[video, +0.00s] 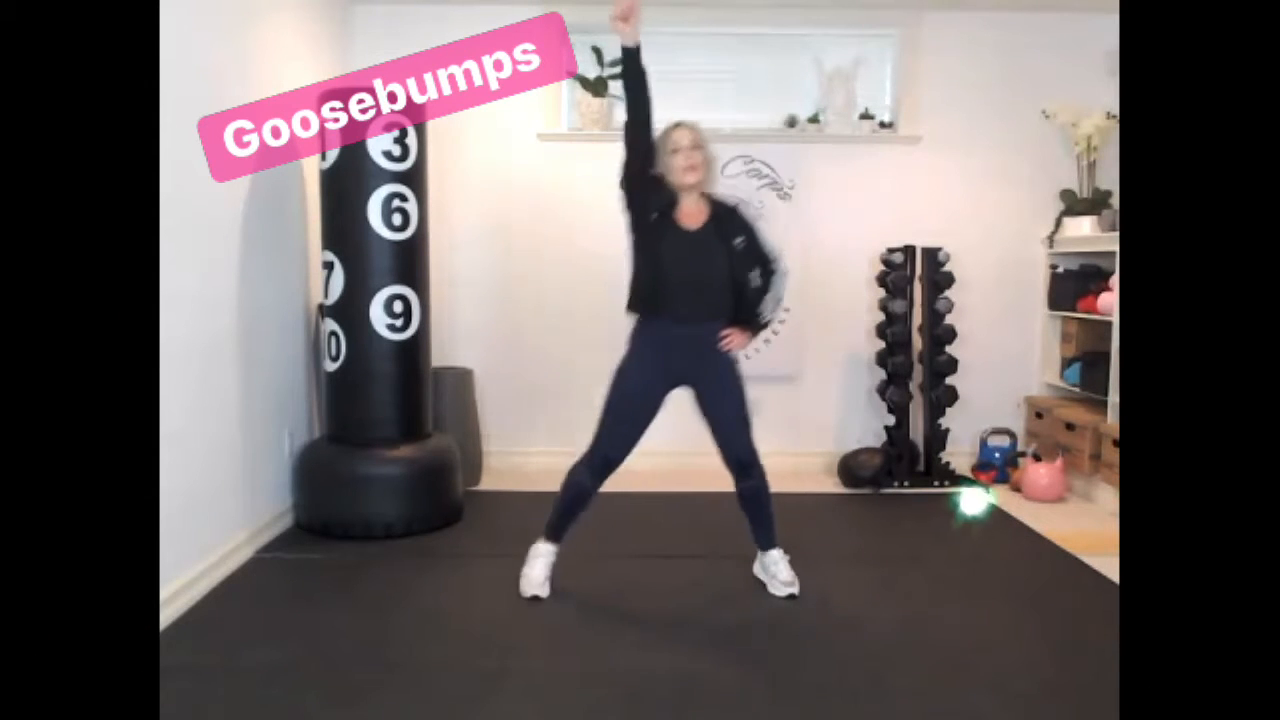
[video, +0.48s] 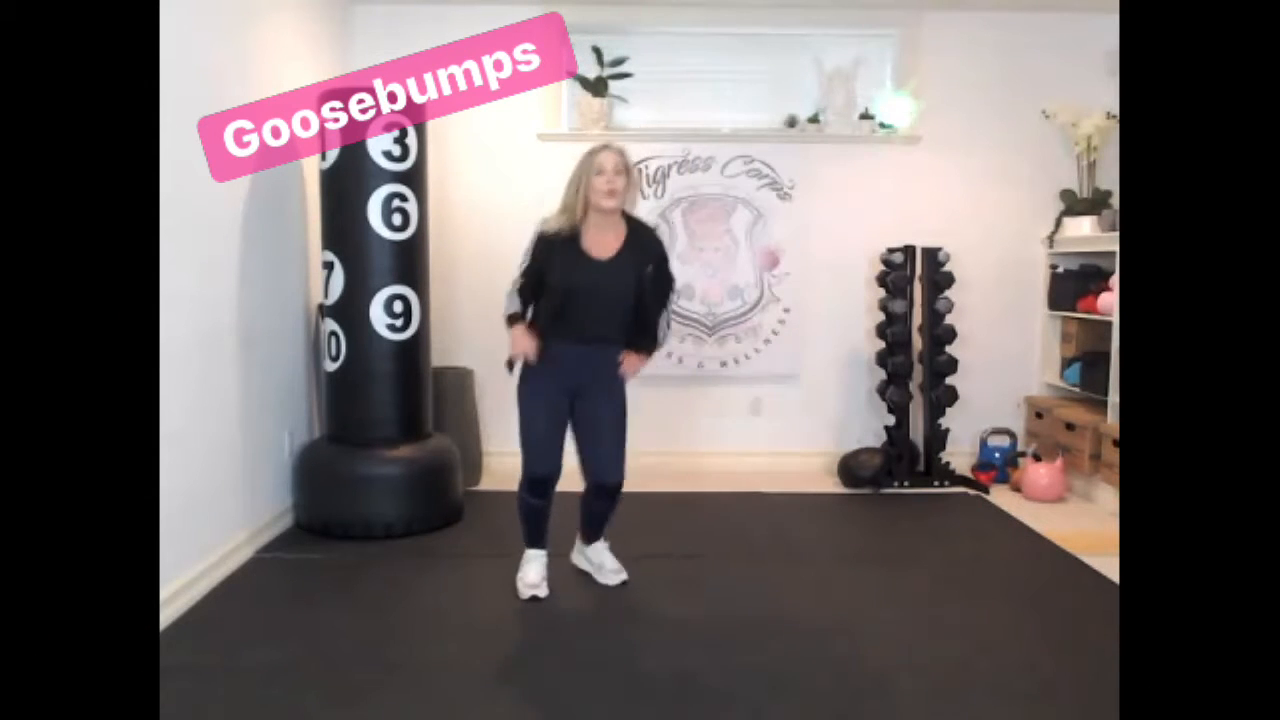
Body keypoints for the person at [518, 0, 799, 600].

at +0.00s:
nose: (688, 157)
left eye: (695, 149)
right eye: (678, 150)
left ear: (707, 160)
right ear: (661, 163)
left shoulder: (727, 219)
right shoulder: (648, 205)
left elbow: (765, 274)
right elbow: (637, 125)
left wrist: (751, 324)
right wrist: (629, 44)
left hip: (711, 349)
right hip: (653, 345)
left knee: (742, 457)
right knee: (605, 455)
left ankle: (770, 552)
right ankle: (546, 547)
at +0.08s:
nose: (666, 169)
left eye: (672, 161)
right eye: (655, 162)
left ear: (681, 171)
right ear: (635, 173)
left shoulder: (695, 231)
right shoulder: (616, 217)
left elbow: (720, 287)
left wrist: (710, 334)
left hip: (674, 359)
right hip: (618, 355)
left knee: (721, 459)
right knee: (578, 464)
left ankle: (766, 551)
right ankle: (538, 554)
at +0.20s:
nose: (642, 168)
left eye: (648, 160)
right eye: (631, 160)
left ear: (658, 169)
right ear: (611, 167)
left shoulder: (668, 226)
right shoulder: (589, 210)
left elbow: (689, 282)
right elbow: (563, 143)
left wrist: (676, 330)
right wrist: (591, 79)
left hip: (646, 352)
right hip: (587, 351)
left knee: (697, 453)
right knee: (561, 465)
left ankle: (740, 543)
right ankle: (536, 554)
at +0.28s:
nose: (632, 158)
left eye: (637, 149)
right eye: (620, 150)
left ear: (646, 157)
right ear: (600, 159)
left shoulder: (656, 216)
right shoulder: (573, 200)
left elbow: (670, 276)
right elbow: (516, 198)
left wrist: (663, 321)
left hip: (627, 343)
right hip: (571, 341)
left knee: (668, 447)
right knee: (557, 456)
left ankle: (678, 533)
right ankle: (537, 552)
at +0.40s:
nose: (619, 167)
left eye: (628, 160)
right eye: (609, 159)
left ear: (638, 169)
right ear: (589, 168)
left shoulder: (649, 228)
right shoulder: (559, 226)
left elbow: (659, 288)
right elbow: (525, 290)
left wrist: (647, 330)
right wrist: (529, 295)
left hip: (609, 353)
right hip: (553, 351)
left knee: (621, 463)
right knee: (547, 462)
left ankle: (602, 533)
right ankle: (535, 551)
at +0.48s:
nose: (610, 182)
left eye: (618, 174)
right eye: (601, 174)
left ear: (630, 184)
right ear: (583, 182)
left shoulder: (645, 242)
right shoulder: (553, 237)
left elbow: (657, 299)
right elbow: (524, 290)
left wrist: (642, 349)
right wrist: (517, 325)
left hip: (604, 367)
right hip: (546, 363)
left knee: (608, 474)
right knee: (540, 470)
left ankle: (590, 545)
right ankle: (534, 553)